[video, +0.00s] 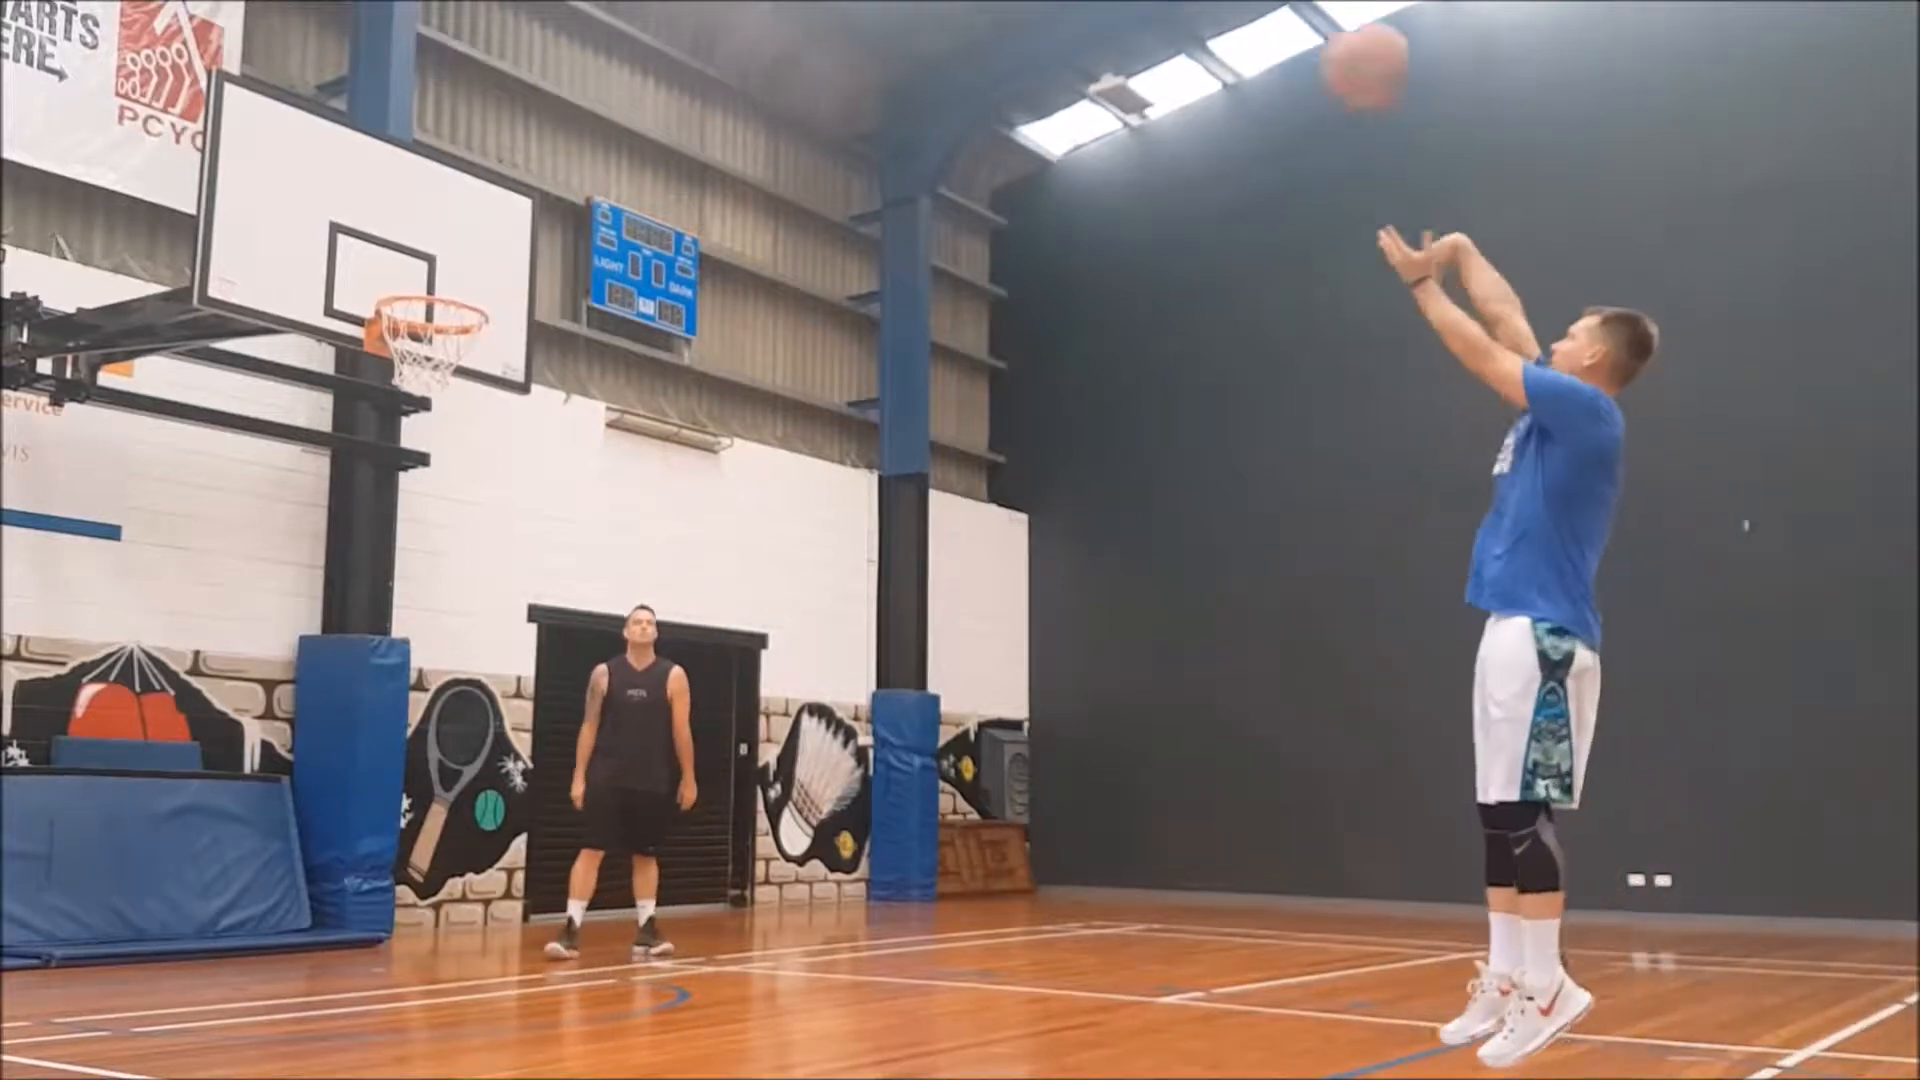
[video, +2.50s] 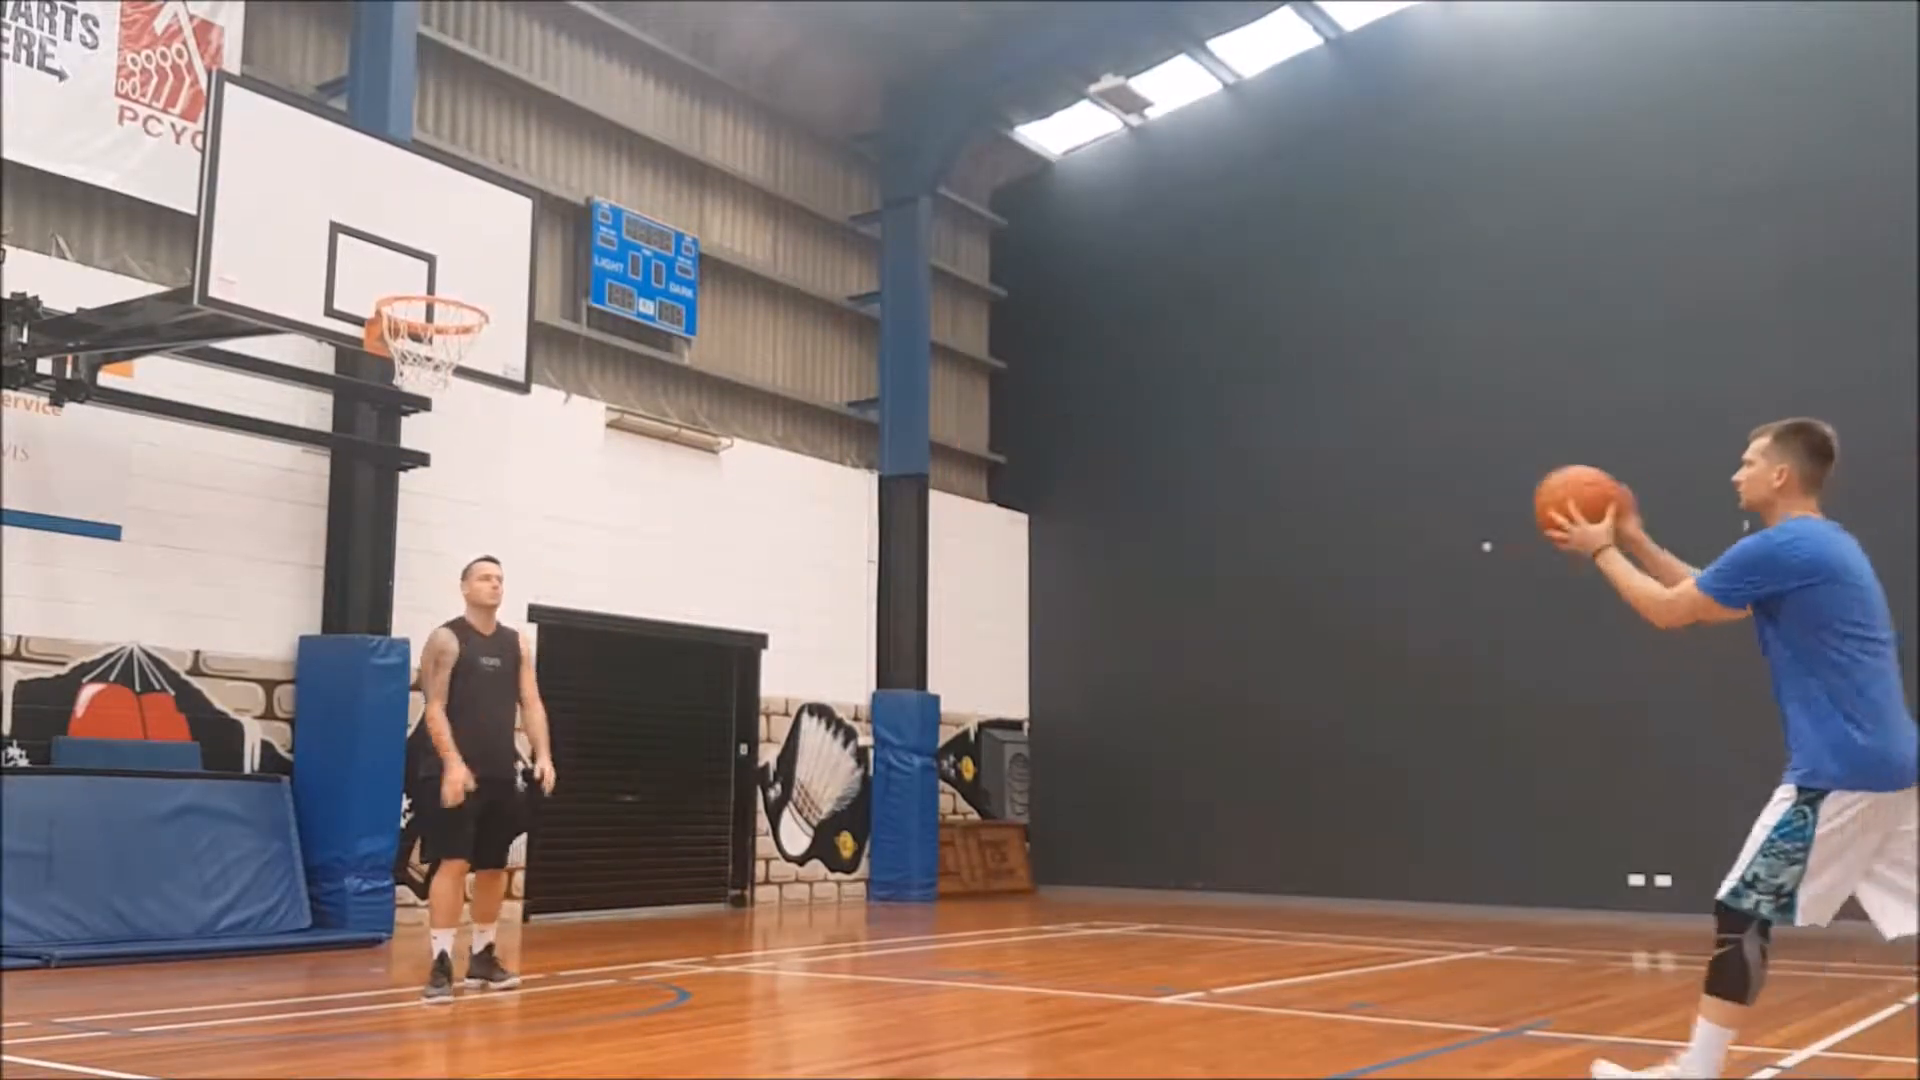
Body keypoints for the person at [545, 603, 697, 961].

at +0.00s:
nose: (643, 628)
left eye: (648, 623)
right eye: (636, 623)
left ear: (656, 632)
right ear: (625, 632)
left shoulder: (673, 676)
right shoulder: (603, 675)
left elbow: (681, 730)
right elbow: (589, 726)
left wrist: (688, 777)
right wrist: (579, 775)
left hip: (653, 781)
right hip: (607, 779)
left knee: (646, 854)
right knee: (592, 850)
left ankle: (646, 929)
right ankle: (571, 930)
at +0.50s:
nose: (579, 616)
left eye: (586, 613)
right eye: (573, 614)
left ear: (597, 625)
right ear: (564, 627)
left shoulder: (617, 665)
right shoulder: (547, 671)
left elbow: (632, 716)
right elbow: (534, 727)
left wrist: (622, 753)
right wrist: (524, 777)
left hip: (602, 777)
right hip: (557, 778)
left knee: (605, 850)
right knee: (562, 855)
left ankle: (598, 926)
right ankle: (564, 934)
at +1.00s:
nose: (555, 611)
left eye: (563, 607)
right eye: (550, 608)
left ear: (578, 622)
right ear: (543, 621)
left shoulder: (598, 668)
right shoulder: (522, 668)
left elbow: (619, 726)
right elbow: (506, 725)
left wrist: (627, 778)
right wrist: (492, 779)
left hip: (575, 774)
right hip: (530, 774)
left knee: (560, 853)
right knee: (532, 864)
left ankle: (553, 940)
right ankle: (559, 913)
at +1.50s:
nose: (513, 607)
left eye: (524, 603)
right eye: (511, 602)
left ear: (543, 617)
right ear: (505, 615)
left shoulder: (556, 660)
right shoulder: (489, 661)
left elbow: (542, 706)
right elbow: (441, 704)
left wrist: (491, 680)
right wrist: (419, 677)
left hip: (543, 786)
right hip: (493, 783)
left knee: (546, 872)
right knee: (476, 862)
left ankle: (550, 942)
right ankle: (449, 951)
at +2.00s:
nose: (479, 596)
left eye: (484, 590)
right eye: (470, 590)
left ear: (492, 598)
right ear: (453, 599)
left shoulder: (512, 645)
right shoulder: (441, 643)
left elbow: (520, 691)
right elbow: (468, 650)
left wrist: (515, 681)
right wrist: (515, 641)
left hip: (500, 772)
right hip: (450, 771)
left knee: (516, 865)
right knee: (458, 857)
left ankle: (485, 950)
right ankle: (446, 963)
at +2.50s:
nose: (494, 585)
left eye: (499, 579)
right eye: (485, 578)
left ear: (504, 590)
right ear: (464, 588)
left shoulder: (516, 643)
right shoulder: (445, 640)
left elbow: (531, 704)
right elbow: (434, 710)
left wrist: (543, 755)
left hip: (500, 769)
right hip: (451, 768)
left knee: (494, 863)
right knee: (454, 861)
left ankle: (484, 956)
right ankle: (442, 963)